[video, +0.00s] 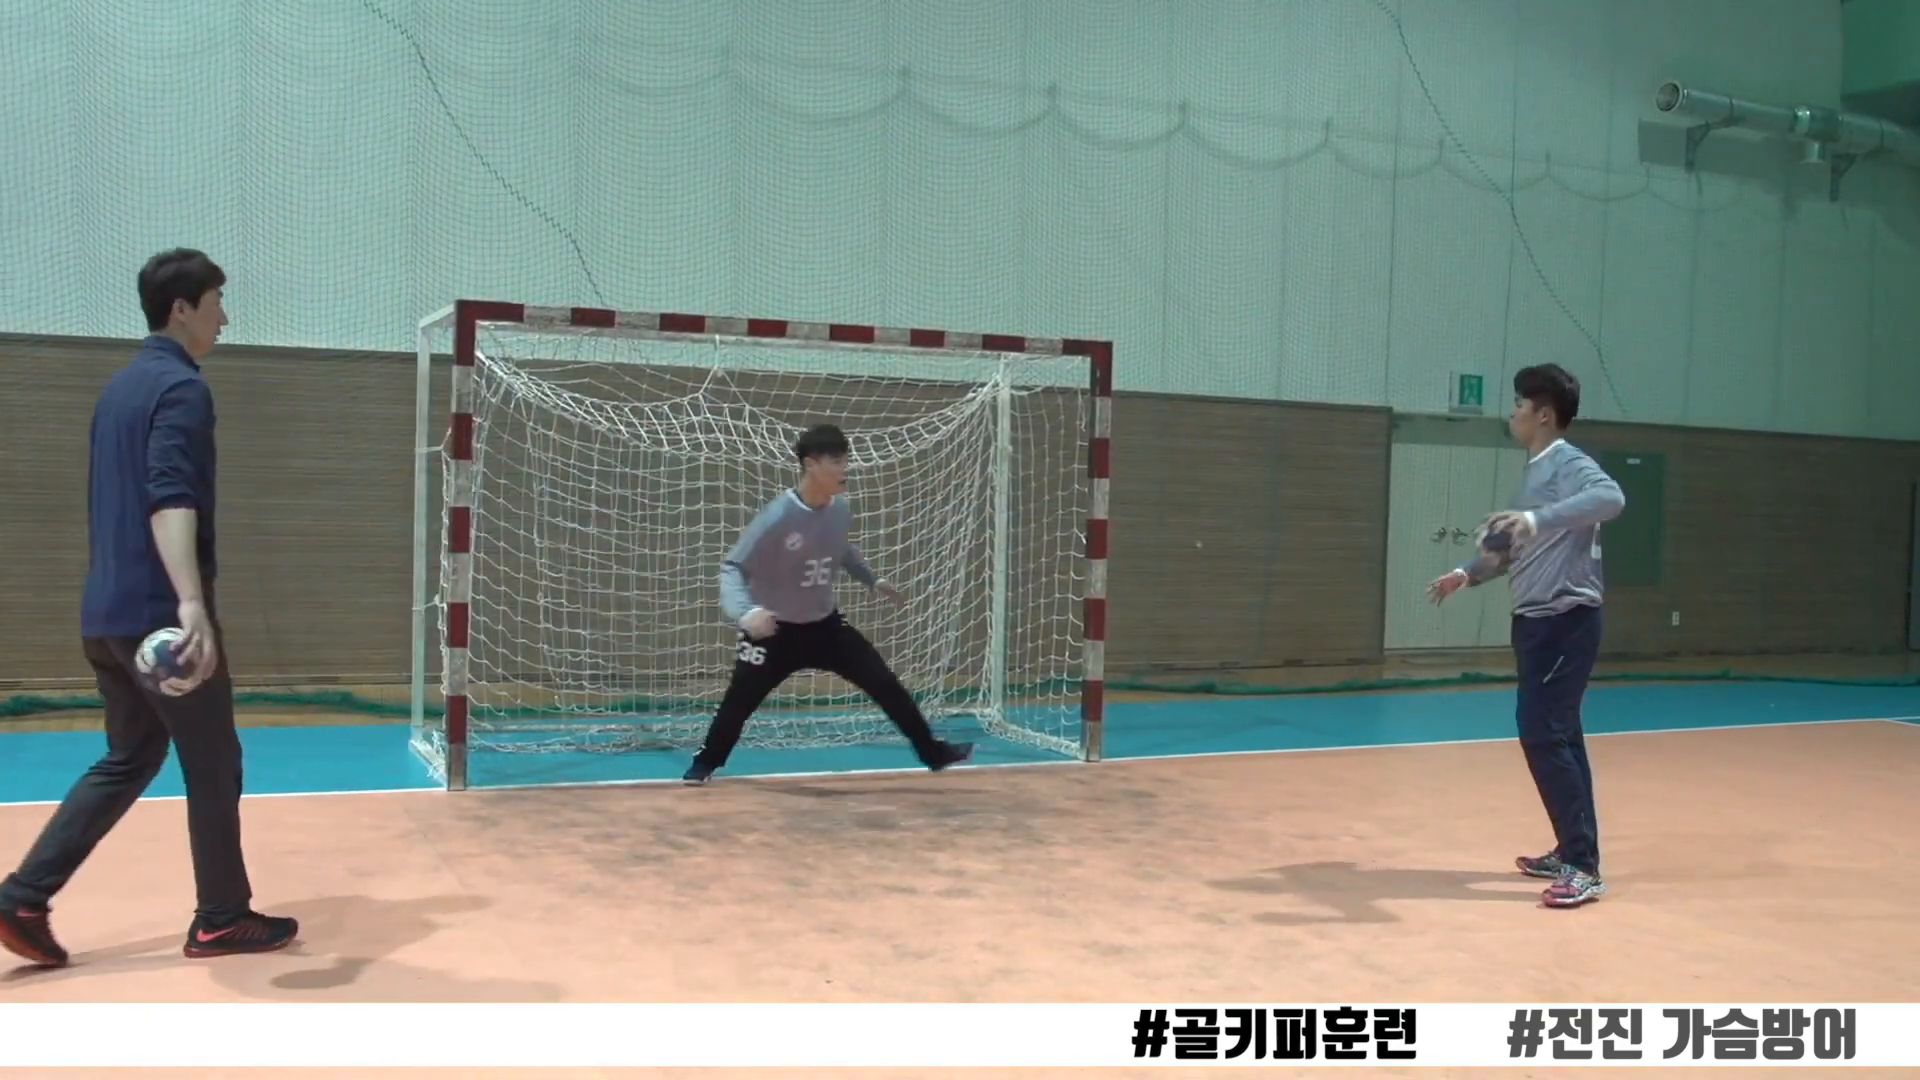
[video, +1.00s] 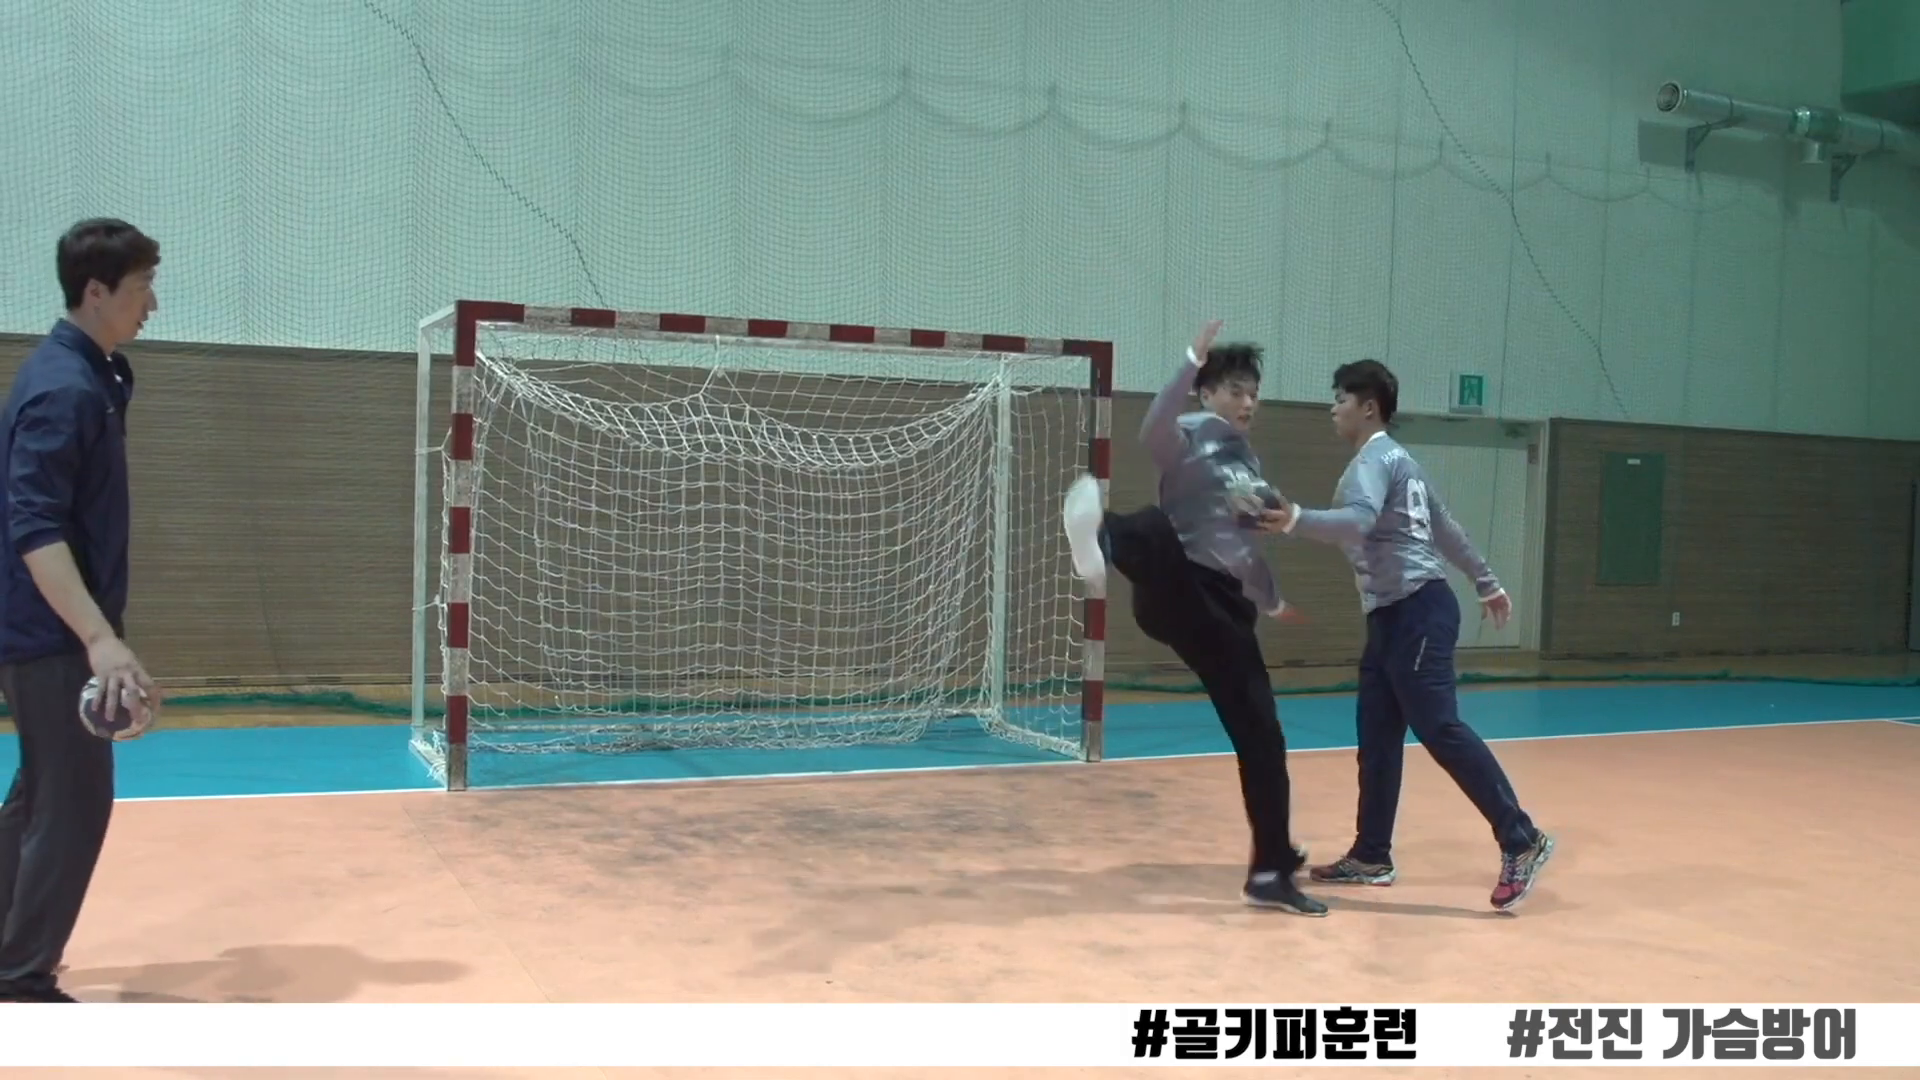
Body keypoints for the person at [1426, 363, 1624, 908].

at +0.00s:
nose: (1511, 414)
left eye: (1519, 404)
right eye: (1515, 404)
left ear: (1544, 413)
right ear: (1541, 413)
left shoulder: (1566, 459)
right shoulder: (1534, 474)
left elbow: (1610, 498)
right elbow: (1515, 542)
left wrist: (1538, 520)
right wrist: (1468, 572)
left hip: (1565, 619)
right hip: (1538, 620)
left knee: (1544, 733)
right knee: (1555, 734)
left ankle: (1584, 867)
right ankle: (1573, 852)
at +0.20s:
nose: (1483, 419)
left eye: (1492, 411)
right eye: (1486, 410)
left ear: (1518, 419)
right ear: (1508, 418)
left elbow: (1638, 472)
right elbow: (1483, 550)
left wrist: (1616, 422)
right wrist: (1451, 600)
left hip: (1551, 625)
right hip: (1501, 626)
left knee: (1542, 743)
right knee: (1512, 740)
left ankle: (1580, 867)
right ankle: (1563, 844)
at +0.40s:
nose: (1436, 433)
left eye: (1442, 425)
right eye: (1438, 424)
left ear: (1470, 432)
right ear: (1466, 431)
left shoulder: (1521, 482)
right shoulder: (1450, 481)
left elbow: (1575, 487)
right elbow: (1462, 552)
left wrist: (1571, 423)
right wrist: (1455, 609)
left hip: (1524, 636)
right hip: (1467, 634)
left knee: (1535, 750)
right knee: (1422, 717)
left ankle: (1576, 868)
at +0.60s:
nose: (1391, 424)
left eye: (1404, 415)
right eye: (1387, 415)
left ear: (1429, 424)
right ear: (1385, 423)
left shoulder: (1443, 477)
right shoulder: (1405, 475)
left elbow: (1428, 515)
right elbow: (1426, 549)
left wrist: (1397, 462)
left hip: (1467, 637)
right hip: (1418, 639)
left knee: (1494, 753)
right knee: (1379, 736)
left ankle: (1565, 858)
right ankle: (1371, 855)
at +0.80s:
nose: (1346, 413)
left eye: (1354, 404)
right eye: (1349, 403)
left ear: (1380, 409)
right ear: (1383, 411)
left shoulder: (1380, 465)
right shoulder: (1404, 463)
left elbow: (1301, 483)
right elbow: (1449, 533)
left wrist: (1221, 455)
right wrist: (1476, 587)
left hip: (1436, 615)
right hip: (1403, 621)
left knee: (1473, 734)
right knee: (1383, 740)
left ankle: (1556, 840)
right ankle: (1371, 856)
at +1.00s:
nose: (1333, 408)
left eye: (1342, 399)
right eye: (1335, 399)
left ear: (1370, 406)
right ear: (1373, 409)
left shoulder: (1373, 457)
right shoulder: (1403, 463)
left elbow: (1359, 520)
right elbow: (1446, 528)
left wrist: (1296, 520)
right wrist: (1486, 581)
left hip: (1419, 607)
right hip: (1392, 614)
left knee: (1437, 726)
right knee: (1379, 733)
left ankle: (1523, 840)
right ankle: (1370, 856)